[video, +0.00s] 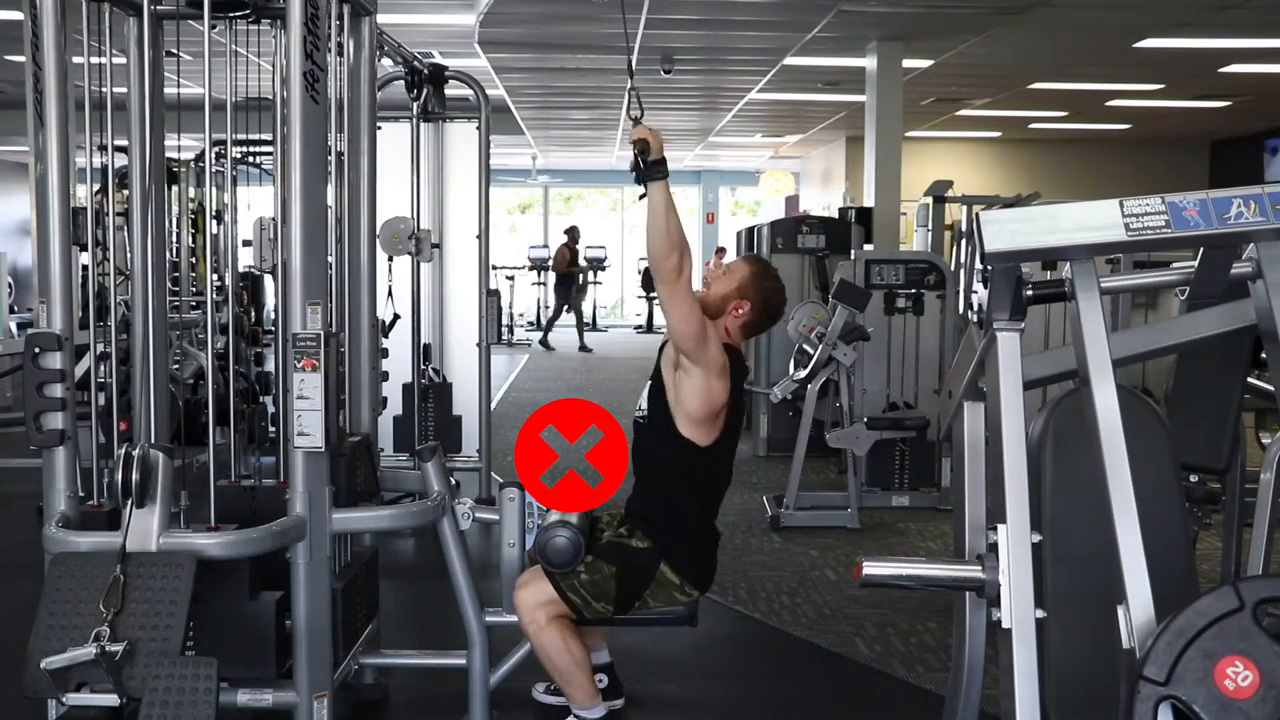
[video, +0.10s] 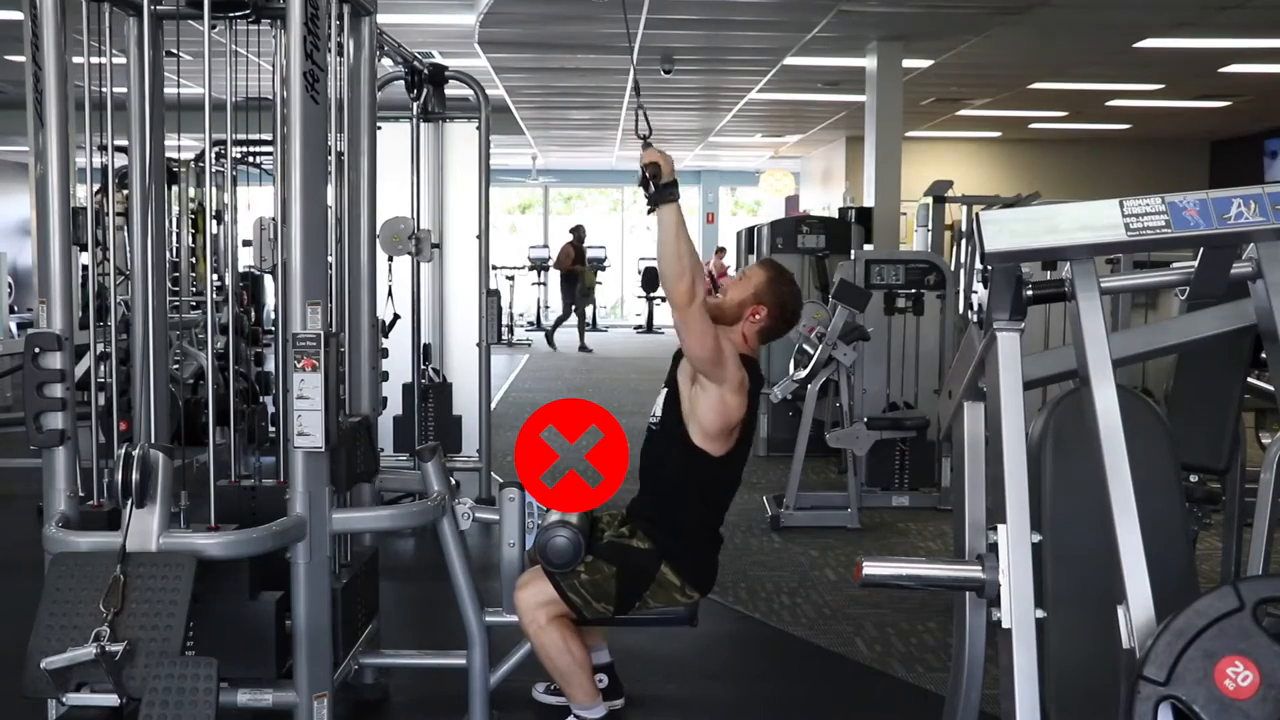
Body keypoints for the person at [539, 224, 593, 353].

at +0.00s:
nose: (579, 236)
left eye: (579, 234)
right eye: (577, 234)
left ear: (574, 236)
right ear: (570, 235)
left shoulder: (575, 250)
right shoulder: (563, 250)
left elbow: (573, 266)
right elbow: (556, 268)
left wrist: (583, 269)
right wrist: (574, 270)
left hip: (571, 285)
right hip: (562, 286)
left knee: (579, 314)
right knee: (556, 314)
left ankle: (582, 342)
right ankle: (543, 338)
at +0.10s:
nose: (584, 236)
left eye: (584, 233)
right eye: (582, 233)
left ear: (583, 234)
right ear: (575, 234)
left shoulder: (582, 249)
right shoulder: (567, 248)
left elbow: (581, 266)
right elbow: (557, 265)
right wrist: (574, 268)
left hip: (579, 285)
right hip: (568, 285)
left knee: (581, 314)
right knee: (566, 313)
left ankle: (582, 343)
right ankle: (550, 333)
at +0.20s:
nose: (588, 234)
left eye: (588, 232)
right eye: (585, 232)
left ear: (588, 233)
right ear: (578, 233)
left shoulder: (587, 248)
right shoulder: (571, 247)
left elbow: (588, 264)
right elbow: (557, 264)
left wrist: (593, 268)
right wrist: (574, 267)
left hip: (585, 282)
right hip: (572, 282)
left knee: (584, 313)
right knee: (575, 311)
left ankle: (582, 343)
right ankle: (560, 332)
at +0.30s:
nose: (591, 234)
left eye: (591, 232)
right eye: (588, 232)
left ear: (591, 233)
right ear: (582, 233)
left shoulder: (593, 248)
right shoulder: (573, 247)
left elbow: (596, 263)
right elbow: (559, 264)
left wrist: (597, 266)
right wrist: (574, 267)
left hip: (589, 279)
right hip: (576, 279)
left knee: (586, 311)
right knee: (580, 310)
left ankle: (582, 342)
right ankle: (573, 338)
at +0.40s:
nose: (593, 235)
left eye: (594, 233)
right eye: (591, 233)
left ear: (594, 234)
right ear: (584, 234)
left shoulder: (597, 249)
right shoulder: (576, 249)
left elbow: (602, 264)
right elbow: (562, 266)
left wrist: (601, 266)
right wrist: (577, 268)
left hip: (593, 279)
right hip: (580, 279)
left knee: (589, 310)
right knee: (584, 309)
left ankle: (583, 341)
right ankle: (583, 342)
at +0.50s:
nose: (595, 236)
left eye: (595, 234)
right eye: (592, 234)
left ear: (596, 235)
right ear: (586, 236)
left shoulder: (600, 249)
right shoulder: (578, 251)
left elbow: (608, 266)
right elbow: (565, 268)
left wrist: (601, 264)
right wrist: (577, 268)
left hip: (597, 282)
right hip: (584, 282)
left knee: (591, 313)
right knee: (587, 314)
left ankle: (583, 342)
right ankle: (593, 344)